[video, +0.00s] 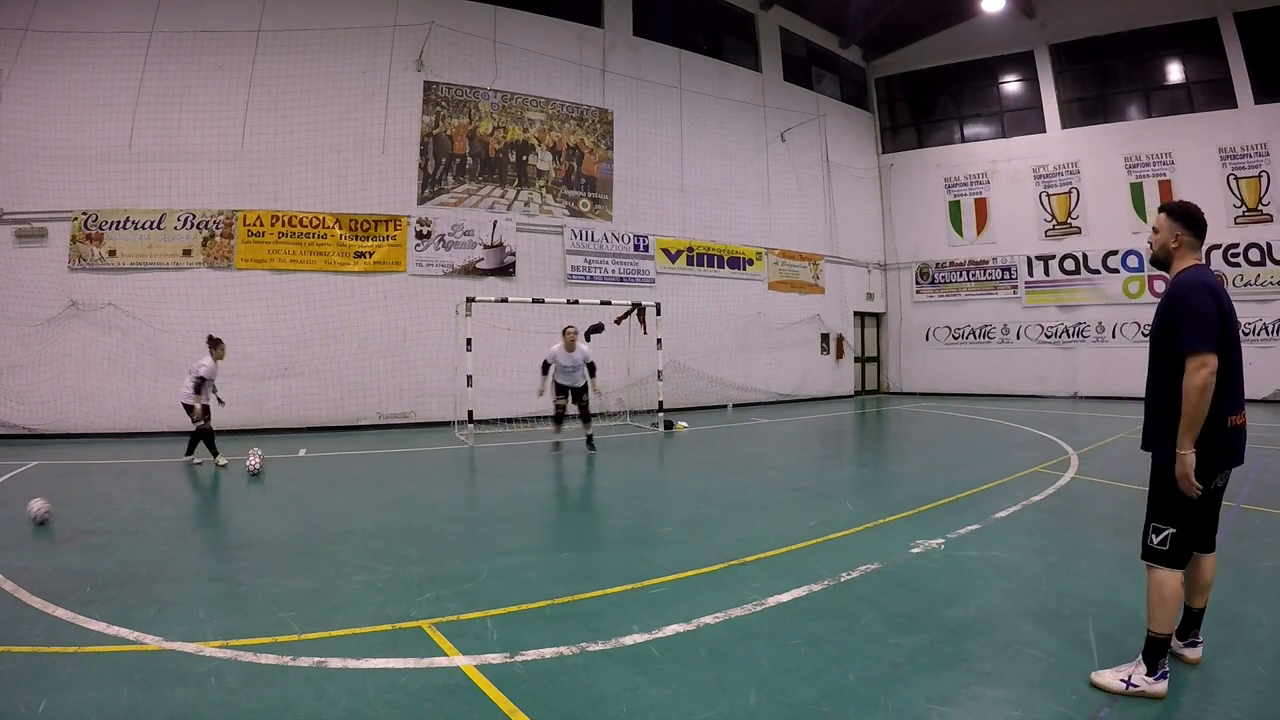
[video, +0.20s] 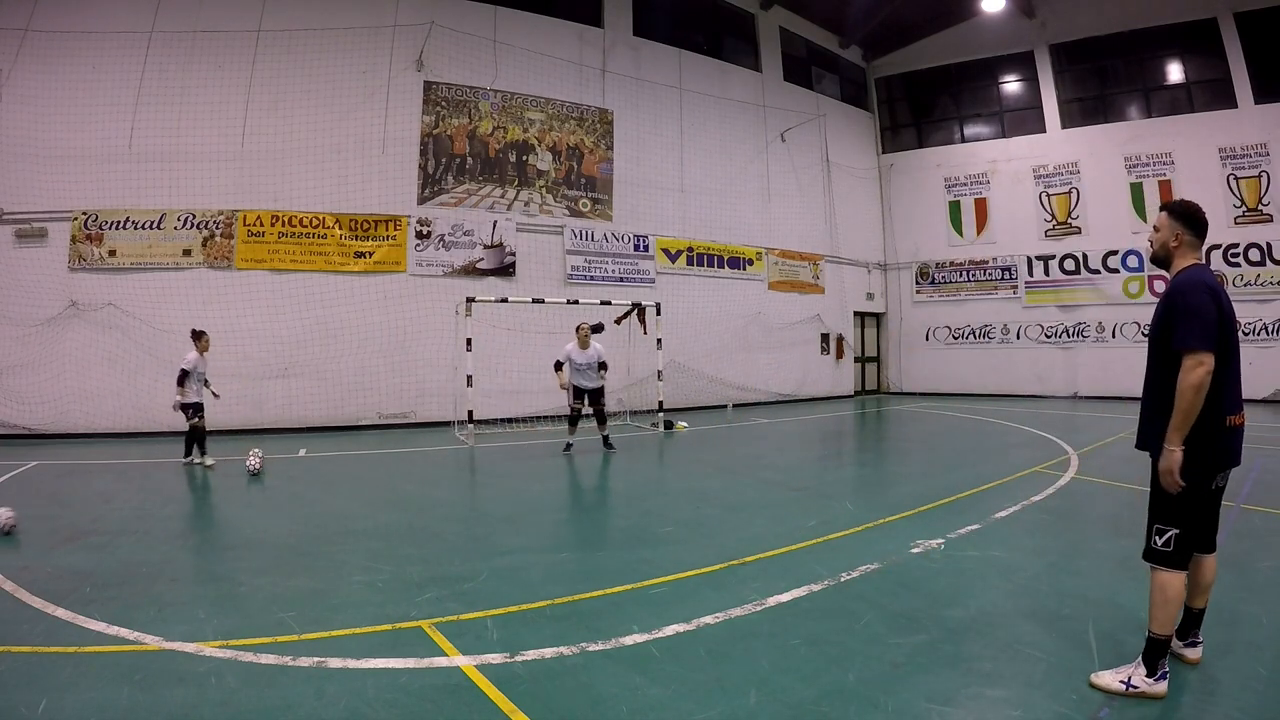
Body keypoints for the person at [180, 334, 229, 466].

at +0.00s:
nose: (223, 353)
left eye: (224, 350)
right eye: (221, 350)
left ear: (217, 351)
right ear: (213, 351)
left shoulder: (213, 364)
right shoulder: (208, 365)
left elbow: (210, 382)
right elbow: (197, 385)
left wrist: (217, 396)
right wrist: (197, 405)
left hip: (201, 399)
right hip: (192, 400)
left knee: (202, 428)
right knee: (205, 428)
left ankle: (188, 455)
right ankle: (216, 456)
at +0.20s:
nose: (208, 344)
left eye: (208, 341)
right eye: (205, 342)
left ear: (206, 342)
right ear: (197, 343)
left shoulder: (202, 359)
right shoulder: (191, 358)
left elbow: (202, 378)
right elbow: (181, 378)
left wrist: (212, 389)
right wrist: (178, 398)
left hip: (198, 399)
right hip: (188, 400)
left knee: (194, 428)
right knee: (199, 427)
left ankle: (188, 456)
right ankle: (204, 456)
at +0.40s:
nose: (197, 340)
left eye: (197, 337)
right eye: (194, 337)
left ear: (195, 338)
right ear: (186, 339)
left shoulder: (193, 354)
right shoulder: (181, 355)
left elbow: (191, 377)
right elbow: (174, 375)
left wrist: (196, 393)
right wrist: (174, 396)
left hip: (193, 398)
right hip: (183, 399)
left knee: (192, 426)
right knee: (185, 426)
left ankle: (188, 456)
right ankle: (175, 456)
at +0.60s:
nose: (187, 339)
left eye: (187, 336)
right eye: (184, 336)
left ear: (183, 338)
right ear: (175, 338)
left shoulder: (183, 354)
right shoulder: (172, 354)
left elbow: (182, 376)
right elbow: (167, 375)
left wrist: (187, 394)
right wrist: (176, 394)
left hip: (187, 399)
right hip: (173, 400)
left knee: (187, 427)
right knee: (169, 427)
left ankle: (187, 456)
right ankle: (156, 454)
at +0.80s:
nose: (176, 339)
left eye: (176, 336)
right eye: (173, 336)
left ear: (176, 338)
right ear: (165, 338)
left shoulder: (174, 355)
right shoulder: (160, 354)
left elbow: (172, 376)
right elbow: (156, 376)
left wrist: (176, 393)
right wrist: (167, 392)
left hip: (176, 399)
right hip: (160, 400)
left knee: (181, 428)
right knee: (158, 428)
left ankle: (187, 456)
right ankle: (154, 457)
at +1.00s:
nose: (168, 338)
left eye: (169, 335)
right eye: (165, 335)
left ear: (169, 337)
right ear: (157, 338)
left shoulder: (168, 355)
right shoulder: (151, 355)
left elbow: (167, 378)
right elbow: (144, 374)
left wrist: (171, 394)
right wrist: (145, 393)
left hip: (168, 399)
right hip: (154, 400)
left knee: (173, 427)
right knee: (153, 429)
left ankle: (182, 455)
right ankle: (153, 457)